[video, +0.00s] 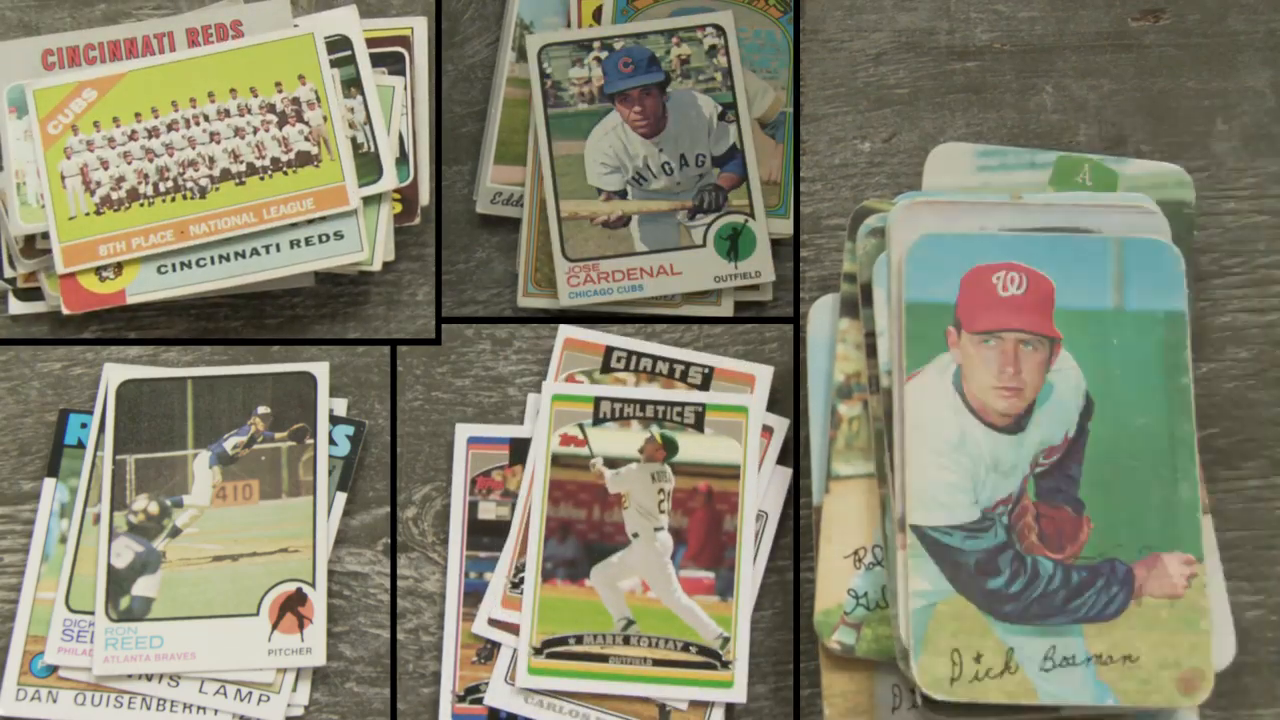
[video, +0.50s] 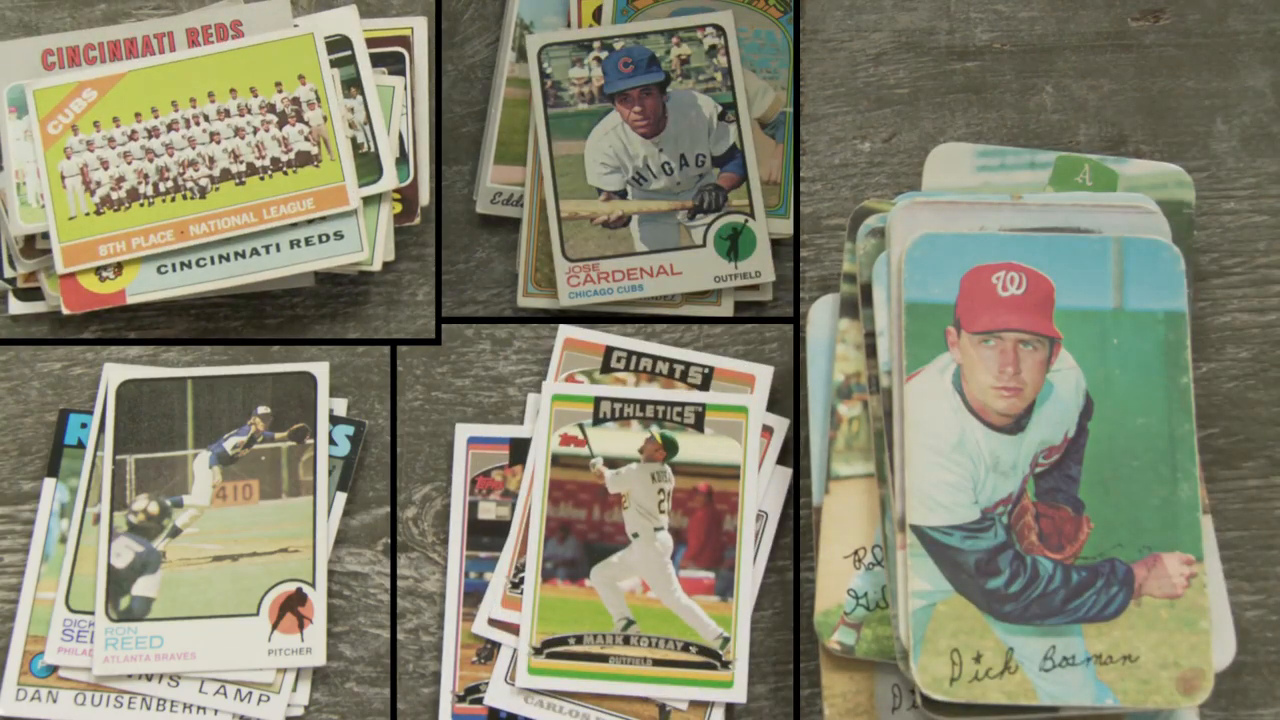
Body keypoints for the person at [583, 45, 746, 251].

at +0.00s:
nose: (638, 108)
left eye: (646, 94)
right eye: (625, 99)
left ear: (664, 93)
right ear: (613, 103)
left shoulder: (699, 108)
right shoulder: (603, 141)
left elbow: (737, 158)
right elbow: (613, 196)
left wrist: (719, 187)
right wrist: (613, 215)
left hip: (701, 195)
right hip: (648, 205)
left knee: (726, 267)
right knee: (658, 280)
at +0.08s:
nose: (638, 108)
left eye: (646, 94)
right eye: (625, 99)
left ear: (664, 93)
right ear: (613, 103)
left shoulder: (699, 108)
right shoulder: (603, 141)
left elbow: (737, 158)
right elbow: (613, 196)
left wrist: (719, 187)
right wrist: (613, 215)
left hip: (701, 195)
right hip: (648, 205)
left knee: (726, 267)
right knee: (658, 280)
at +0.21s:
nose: (638, 108)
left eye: (646, 94)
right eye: (625, 99)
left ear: (664, 93)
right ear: (613, 104)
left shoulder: (699, 109)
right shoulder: (603, 141)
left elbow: (736, 159)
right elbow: (613, 196)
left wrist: (719, 187)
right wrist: (613, 215)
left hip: (701, 196)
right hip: (649, 206)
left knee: (726, 267)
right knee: (658, 280)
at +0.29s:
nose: (638, 108)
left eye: (646, 94)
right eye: (625, 99)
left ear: (664, 93)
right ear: (613, 104)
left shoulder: (699, 109)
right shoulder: (603, 141)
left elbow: (736, 159)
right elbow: (613, 196)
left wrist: (719, 187)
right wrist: (613, 215)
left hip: (701, 196)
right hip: (649, 206)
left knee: (727, 267)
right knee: (658, 280)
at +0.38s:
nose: (638, 108)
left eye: (646, 94)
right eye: (625, 99)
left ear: (664, 93)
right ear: (614, 104)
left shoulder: (699, 109)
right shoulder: (603, 142)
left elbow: (736, 159)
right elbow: (613, 195)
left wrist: (719, 187)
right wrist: (613, 214)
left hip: (701, 195)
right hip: (649, 206)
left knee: (728, 266)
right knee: (659, 281)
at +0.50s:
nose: (638, 108)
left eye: (646, 94)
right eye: (625, 99)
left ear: (664, 93)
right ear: (614, 104)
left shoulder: (699, 109)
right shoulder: (603, 142)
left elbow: (736, 159)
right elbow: (613, 195)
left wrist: (719, 187)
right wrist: (613, 214)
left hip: (701, 195)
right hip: (649, 206)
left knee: (728, 266)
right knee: (659, 281)